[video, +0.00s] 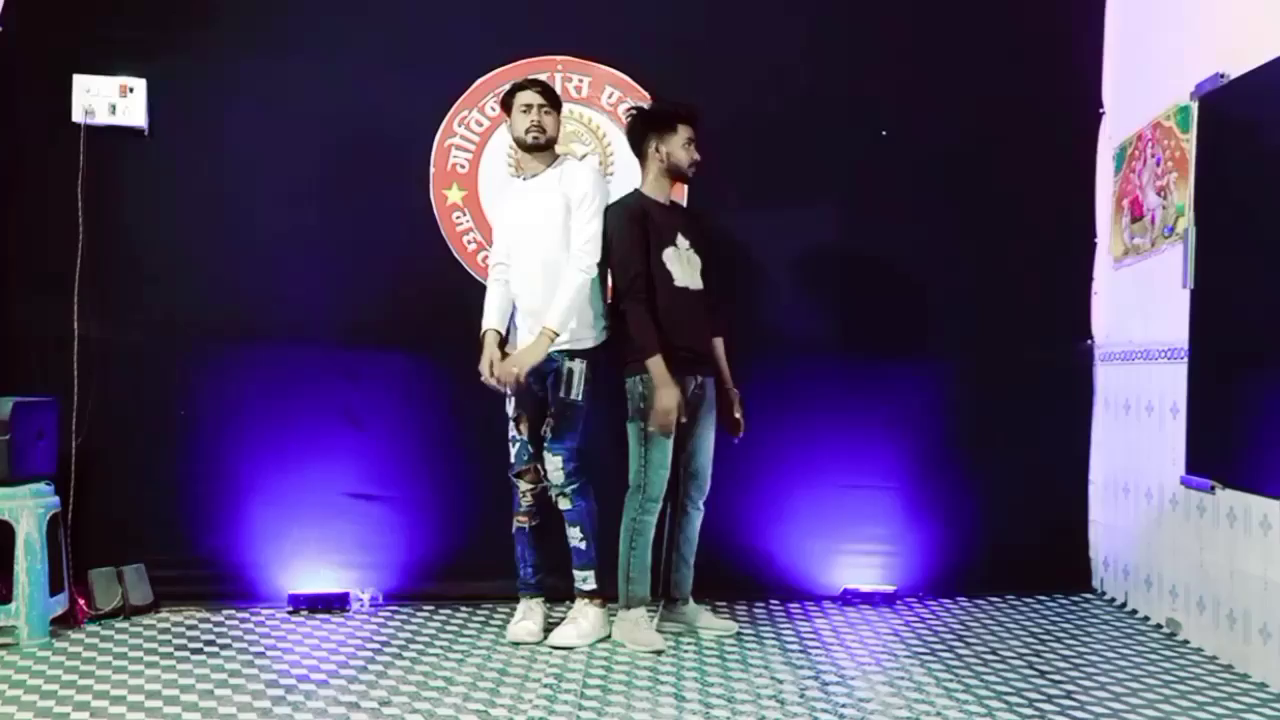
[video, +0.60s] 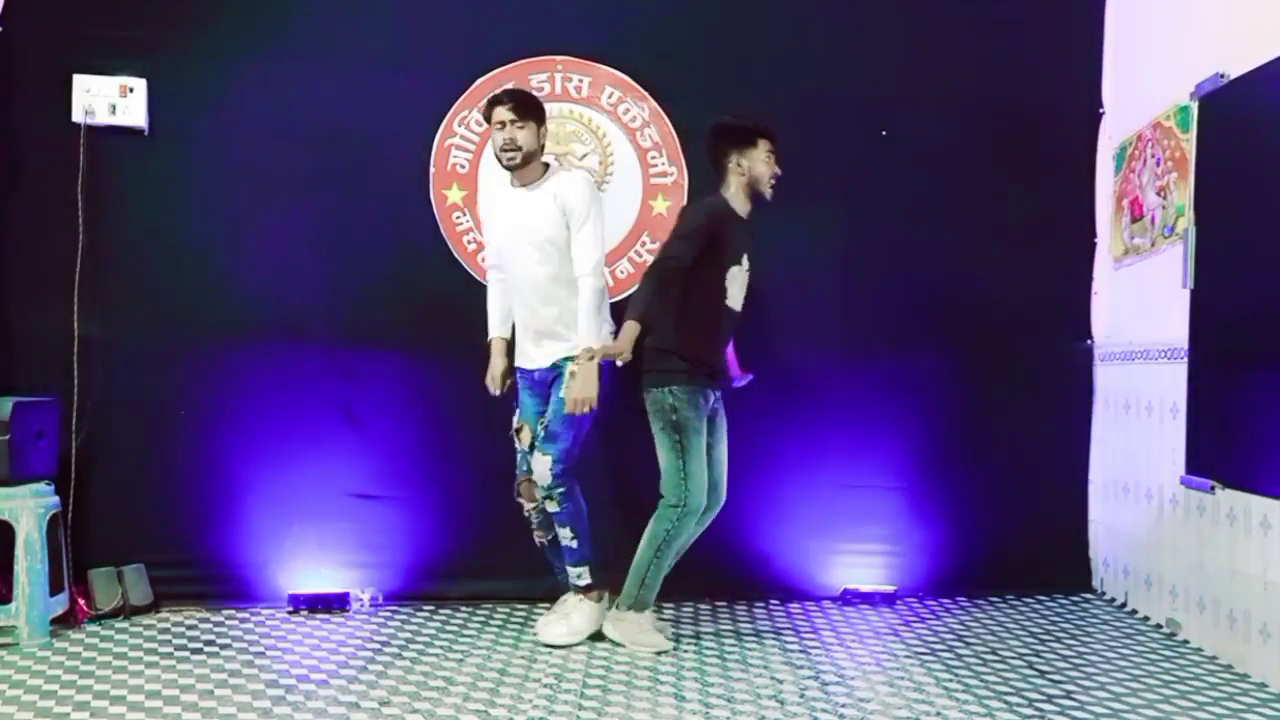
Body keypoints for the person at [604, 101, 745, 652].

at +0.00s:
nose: (694, 152)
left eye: (694, 143)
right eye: (685, 142)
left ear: (676, 151)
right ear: (653, 146)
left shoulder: (693, 222)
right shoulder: (625, 214)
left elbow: (708, 310)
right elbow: (630, 303)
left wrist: (727, 383)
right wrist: (660, 379)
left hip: (699, 376)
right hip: (653, 375)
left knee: (693, 494)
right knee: (648, 494)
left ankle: (680, 603)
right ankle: (632, 610)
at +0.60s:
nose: (776, 167)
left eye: (775, 157)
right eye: (768, 156)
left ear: (745, 164)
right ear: (737, 161)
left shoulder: (737, 226)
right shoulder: (705, 213)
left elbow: (716, 306)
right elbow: (660, 272)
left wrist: (729, 364)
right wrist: (627, 334)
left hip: (708, 384)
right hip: (673, 381)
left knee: (710, 498)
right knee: (683, 497)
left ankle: (637, 603)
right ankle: (626, 610)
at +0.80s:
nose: (851, 194)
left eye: (849, 184)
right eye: (843, 183)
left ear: (814, 190)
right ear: (813, 188)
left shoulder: (785, 241)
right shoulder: (779, 235)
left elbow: (734, 302)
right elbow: (714, 280)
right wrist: (665, 342)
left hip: (696, 373)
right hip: (708, 372)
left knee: (711, 493)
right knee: (756, 487)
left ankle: (643, 602)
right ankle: (702, 605)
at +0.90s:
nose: (881, 203)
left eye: (880, 192)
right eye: (874, 191)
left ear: (844, 198)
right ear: (845, 195)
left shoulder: (817, 242)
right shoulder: (811, 240)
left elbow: (756, 297)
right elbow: (749, 289)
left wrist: (700, 354)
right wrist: (703, 352)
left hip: (744, 378)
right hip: (734, 381)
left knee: (787, 480)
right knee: (762, 502)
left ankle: (701, 576)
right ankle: (711, 622)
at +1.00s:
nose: (909, 205)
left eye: (908, 195)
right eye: (903, 194)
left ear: (871, 201)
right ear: (876, 199)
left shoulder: (842, 241)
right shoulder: (845, 242)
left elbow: (783, 295)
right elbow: (787, 290)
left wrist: (738, 357)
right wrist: (748, 359)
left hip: (771, 376)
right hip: (767, 379)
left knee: (807, 491)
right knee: (801, 493)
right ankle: (722, 608)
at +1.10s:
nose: (935, 202)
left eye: (933, 192)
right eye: (928, 191)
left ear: (901, 198)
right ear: (901, 196)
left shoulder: (870, 243)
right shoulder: (869, 241)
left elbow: (816, 300)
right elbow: (814, 292)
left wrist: (779, 366)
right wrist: (786, 362)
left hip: (792, 380)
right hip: (804, 381)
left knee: (830, 493)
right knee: (857, 490)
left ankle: (799, 610)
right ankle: (785, 599)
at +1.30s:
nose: (975, 199)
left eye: (972, 189)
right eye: (969, 189)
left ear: (940, 196)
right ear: (942, 195)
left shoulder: (912, 239)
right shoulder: (915, 241)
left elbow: (859, 294)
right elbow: (864, 292)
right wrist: (840, 363)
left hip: (864, 382)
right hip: (853, 385)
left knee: (910, 480)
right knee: (888, 504)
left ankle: (877, 606)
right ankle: (822, 620)